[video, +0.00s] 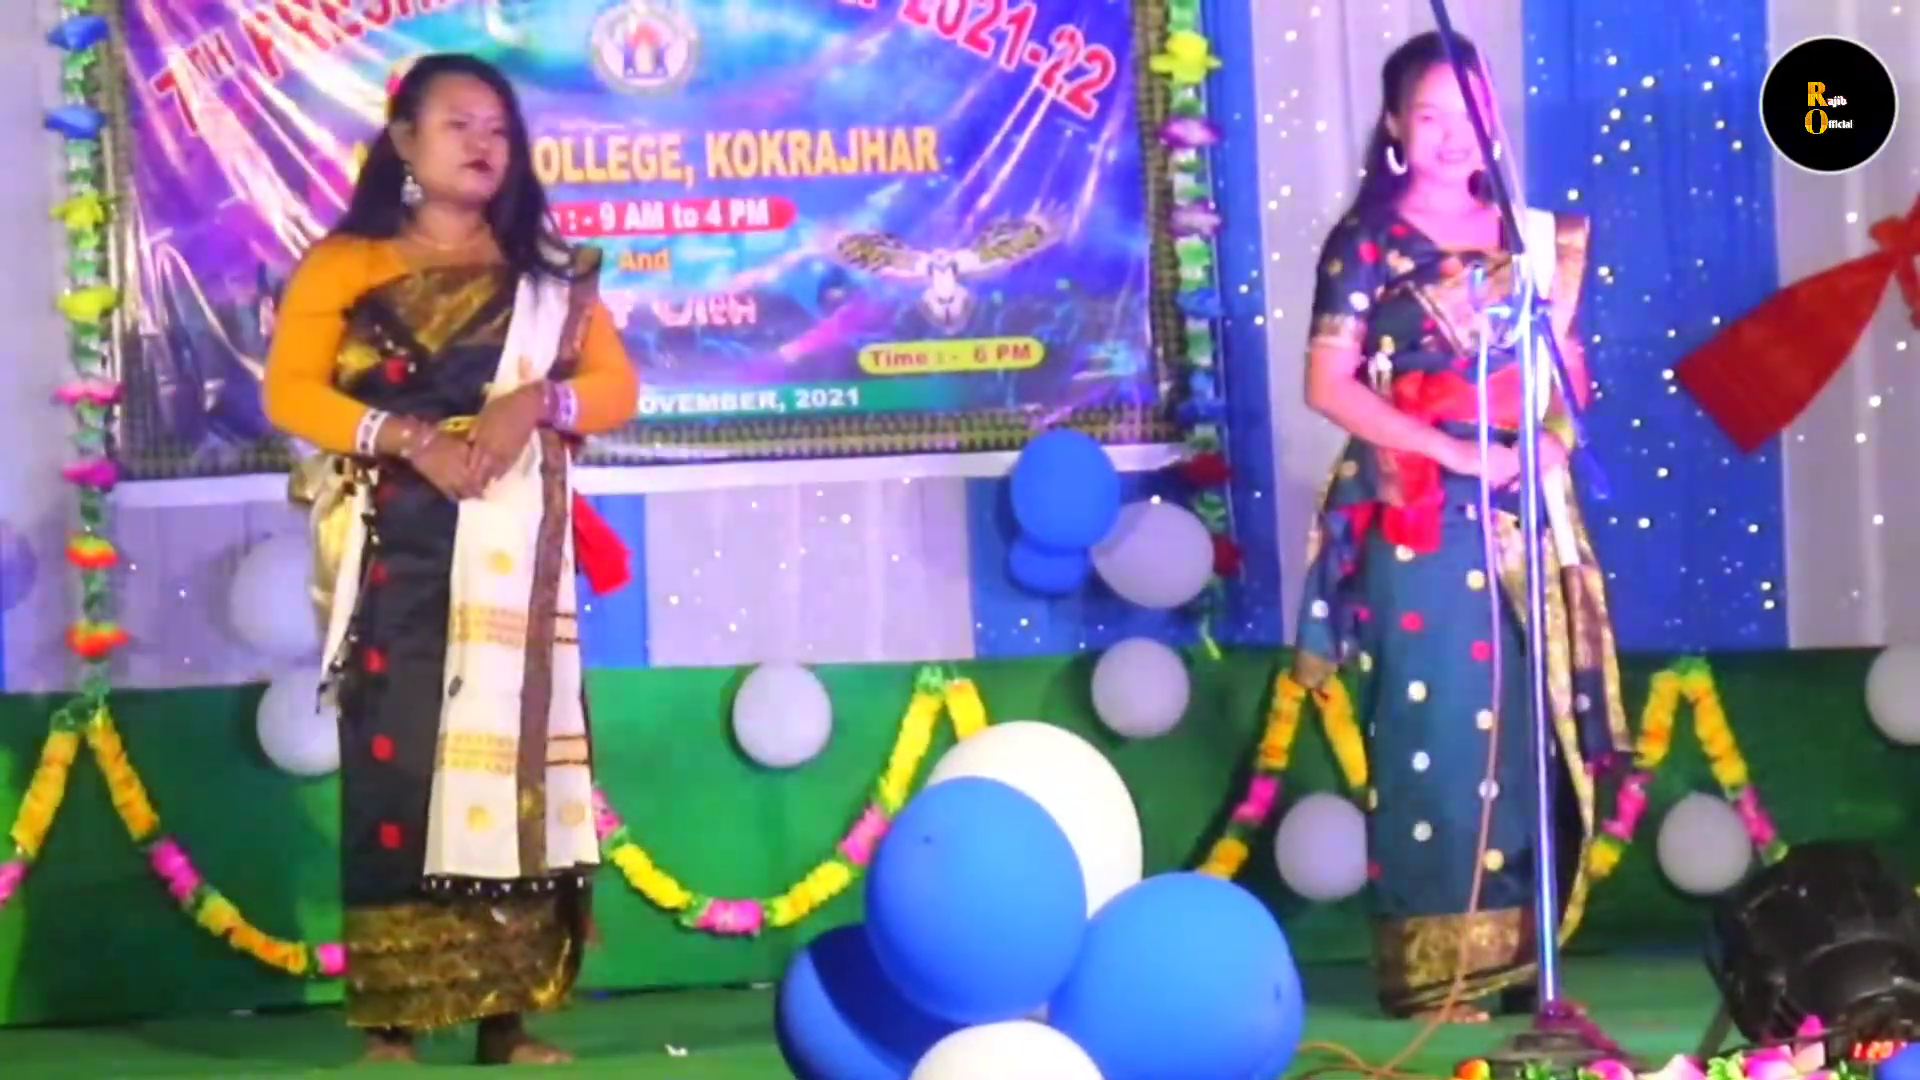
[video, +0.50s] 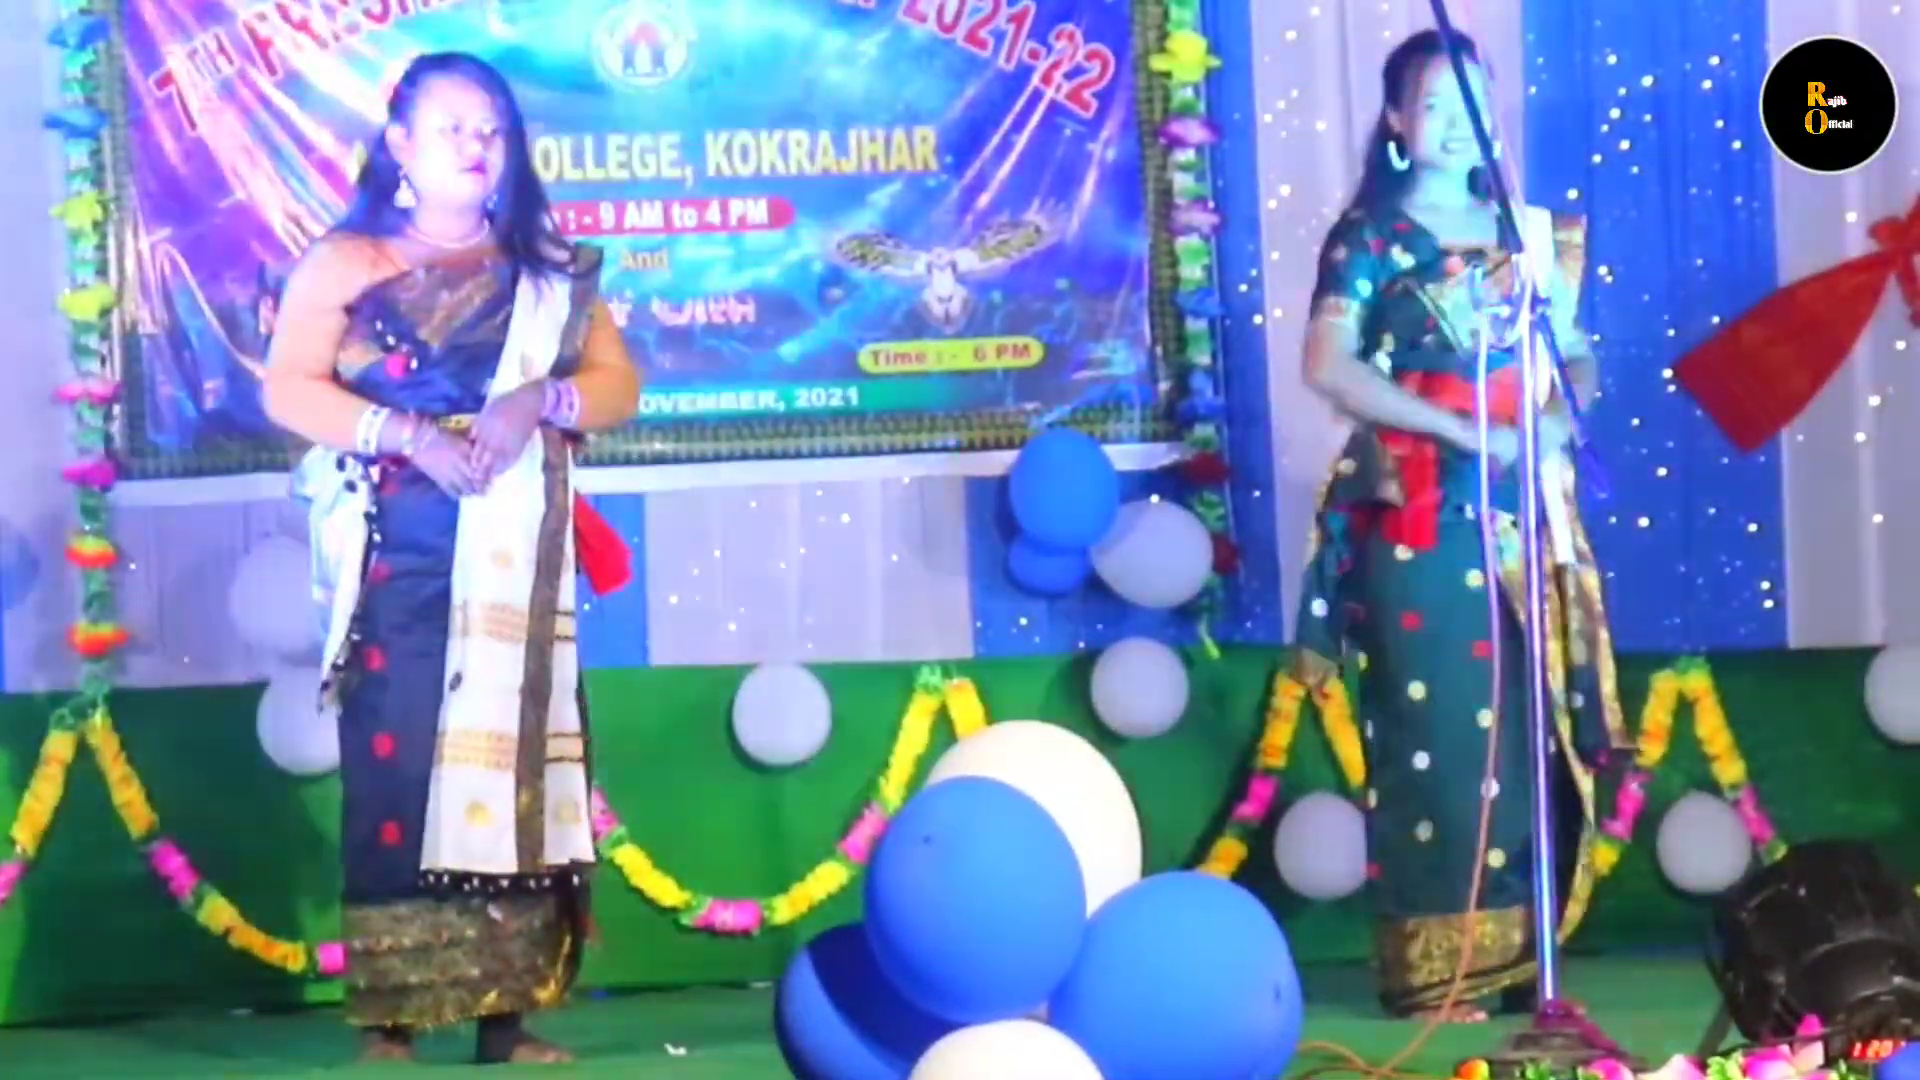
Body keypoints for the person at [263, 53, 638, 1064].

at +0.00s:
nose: (483, 142)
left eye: (498, 129)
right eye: (458, 125)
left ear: (515, 150)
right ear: (404, 142)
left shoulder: (545, 273)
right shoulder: (343, 266)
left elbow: (620, 390)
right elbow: (289, 394)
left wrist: (535, 403)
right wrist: (406, 434)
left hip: (517, 562)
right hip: (398, 559)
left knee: (518, 765)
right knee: (395, 771)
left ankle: (509, 1017)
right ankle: (389, 1017)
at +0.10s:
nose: (477, 144)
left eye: (493, 129)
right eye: (452, 126)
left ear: (511, 148)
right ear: (401, 144)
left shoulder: (545, 271)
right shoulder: (343, 267)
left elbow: (621, 390)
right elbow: (289, 394)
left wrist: (534, 403)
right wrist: (408, 435)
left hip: (516, 560)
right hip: (397, 557)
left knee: (515, 762)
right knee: (394, 768)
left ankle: (509, 1015)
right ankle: (387, 1015)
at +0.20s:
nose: (478, 144)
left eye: (493, 129)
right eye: (452, 127)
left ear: (511, 148)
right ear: (399, 146)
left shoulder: (546, 271)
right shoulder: (343, 267)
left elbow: (620, 390)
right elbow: (289, 395)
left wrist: (534, 402)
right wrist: (409, 434)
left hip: (518, 559)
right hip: (399, 556)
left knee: (516, 761)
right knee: (395, 767)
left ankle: (508, 1016)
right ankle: (389, 1017)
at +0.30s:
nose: (479, 151)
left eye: (493, 133)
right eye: (454, 132)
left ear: (511, 148)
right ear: (399, 147)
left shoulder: (552, 269)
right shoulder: (342, 267)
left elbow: (618, 389)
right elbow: (287, 393)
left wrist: (538, 401)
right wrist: (409, 434)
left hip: (520, 562)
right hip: (403, 560)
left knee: (519, 765)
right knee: (397, 770)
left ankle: (508, 1016)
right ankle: (389, 1016)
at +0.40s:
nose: (479, 150)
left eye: (493, 133)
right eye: (454, 132)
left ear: (511, 147)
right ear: (400, 146)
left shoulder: (553, 268)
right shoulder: (342, 267)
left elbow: (620, 388)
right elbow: (287, 392)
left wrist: (540, 400)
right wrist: (409, 434)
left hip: (520, 561)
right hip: (402, 560)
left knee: (519, 764)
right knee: (397, 770)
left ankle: (509, 1016)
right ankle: (389, 1015)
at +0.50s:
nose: (477, 152)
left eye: (492, 135)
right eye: (453, 133)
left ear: (511, 150)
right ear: (402, 147)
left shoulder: (549, 269)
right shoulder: (345, 264)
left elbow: (622, 386)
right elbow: (287, 389)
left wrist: (538, 399)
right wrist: (409, 433)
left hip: (520, 561)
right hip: (403, 559)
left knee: (518, 765)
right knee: (395, 771)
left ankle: (508, 1016)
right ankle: (386, 1017)